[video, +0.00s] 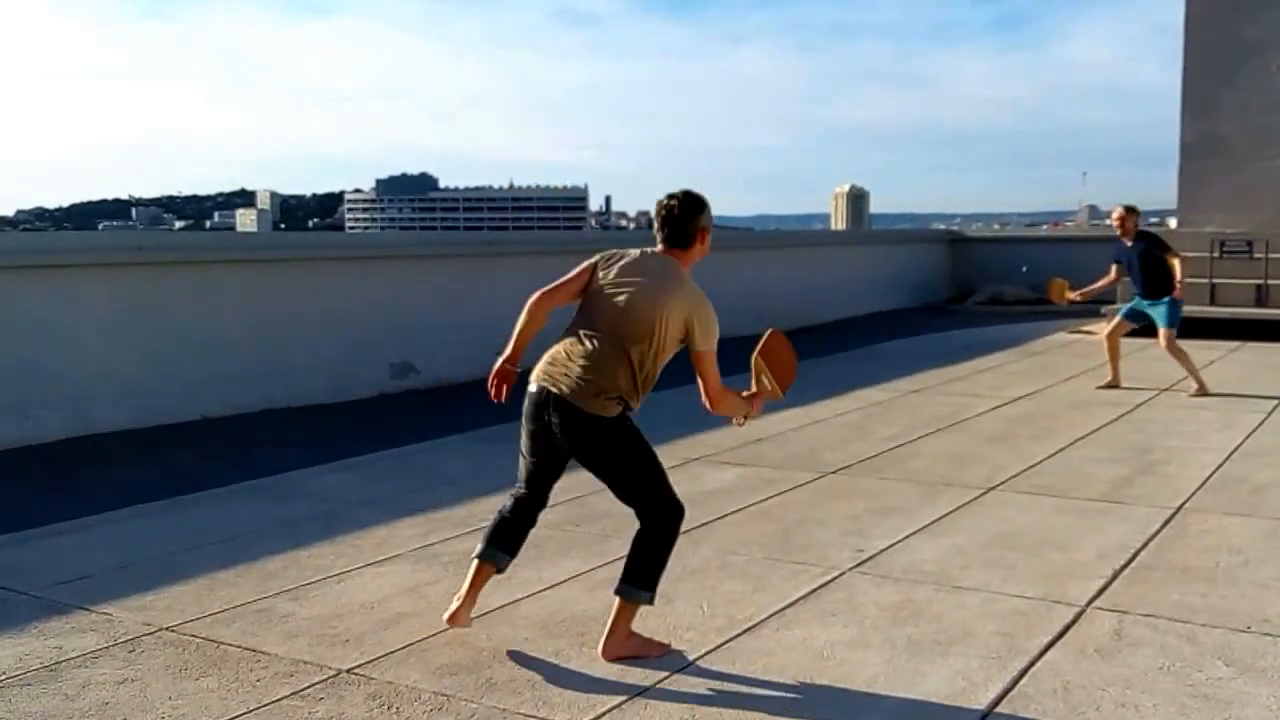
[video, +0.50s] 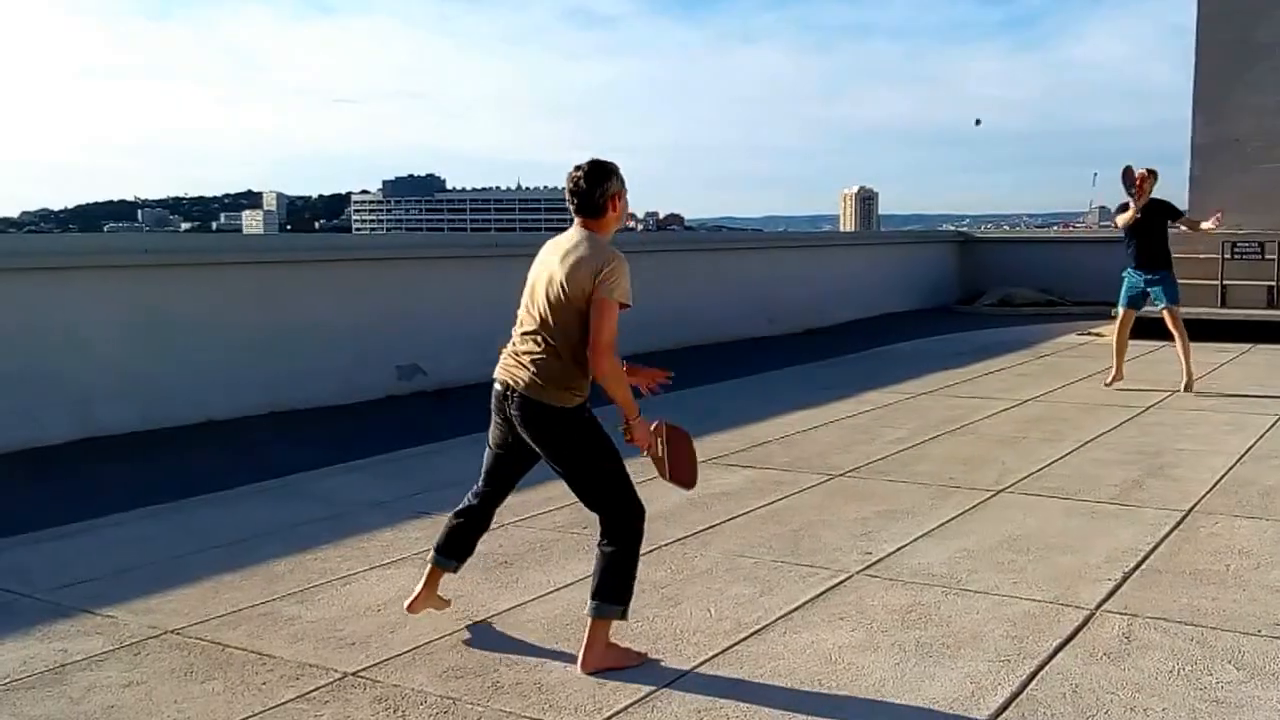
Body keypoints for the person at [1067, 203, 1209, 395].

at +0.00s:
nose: (1117, 225)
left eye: (1121, 220)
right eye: (1115, 221)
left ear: (1134, 221)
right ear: (1113, 223)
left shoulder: (1149, 239)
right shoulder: (1121, 248)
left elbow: (1175, 259)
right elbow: (1113, 277)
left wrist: (1179, 283)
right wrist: (1084, 293)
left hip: (1165, 300)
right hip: (1141, 300)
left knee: (1167, 342)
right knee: (1110, 334)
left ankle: (1200, 384)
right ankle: (1114, 378)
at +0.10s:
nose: (1117, 224)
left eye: (1122, 220)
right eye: (1115, 220)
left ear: (1135, 221)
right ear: (1115, 223)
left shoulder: (1152, 239)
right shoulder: (1121, 248)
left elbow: (1178, 259)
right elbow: (1109, 280)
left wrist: (1183, 284)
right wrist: (1082, 289)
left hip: (1166, 299)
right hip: (1142, 300)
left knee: (1170, 342)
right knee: (1112, 335)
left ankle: (1202, 384)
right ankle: (1117, 379)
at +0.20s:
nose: (1118, 216)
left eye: (1123, 213)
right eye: (1118, 212)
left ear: (1137, 215)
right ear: (1120, 215)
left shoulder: (1154, 233)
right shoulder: (1118, 240)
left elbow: (1179, 253)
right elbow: (1105, 264)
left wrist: (1187, 274)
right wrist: (1087, 275)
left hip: (1164, 296)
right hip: (1139, 298)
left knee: (1172, 340)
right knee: (1111, 335)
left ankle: (1203, 383)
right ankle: (1118, 379)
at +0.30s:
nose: (1125, 202)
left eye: (1130, 198)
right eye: (1123, 198)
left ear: (1141, 202)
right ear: (1120, 201)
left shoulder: (1155, 223)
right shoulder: (1118, 226)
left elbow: (1183, 242)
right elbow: (1107, 251)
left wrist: (1193, 254)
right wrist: (1096, 253)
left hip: (1159, 287)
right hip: (1133, 289)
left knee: (1174, 330)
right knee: (1114, 334)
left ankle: (1200, 379)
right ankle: (1120, 379)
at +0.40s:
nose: (1132, 190)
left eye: (1137, 187)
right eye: (1130, 186)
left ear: (1146, 191)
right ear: (1125, 189)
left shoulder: (1158, 212)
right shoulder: (1121, 214)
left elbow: (1182, 228)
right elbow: (1115, 232)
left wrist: (1200, 235)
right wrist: (1119, 232)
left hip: (1160, 279)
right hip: (1133, 280)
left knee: (1175, 326)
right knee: (1121, 330)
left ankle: (1193, 373)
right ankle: (1119, 375)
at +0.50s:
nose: (1140, 185)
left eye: (1145, 182)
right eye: (1138, 180)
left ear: (1152, 185)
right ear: (1133, 183)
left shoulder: (1162, 207)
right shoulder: (1124, 208)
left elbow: (1188, 224)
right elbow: (1120, 223)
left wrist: (1207, 225)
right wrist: (1135, 208)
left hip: (1161, 274)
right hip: (1134, 273)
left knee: (1174, 324)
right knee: (1122, 322)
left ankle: (1187, 374)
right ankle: (1117, 370)